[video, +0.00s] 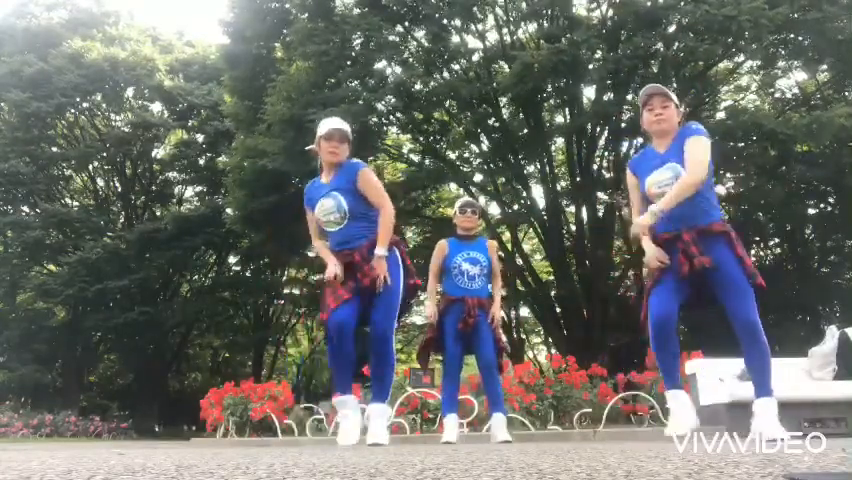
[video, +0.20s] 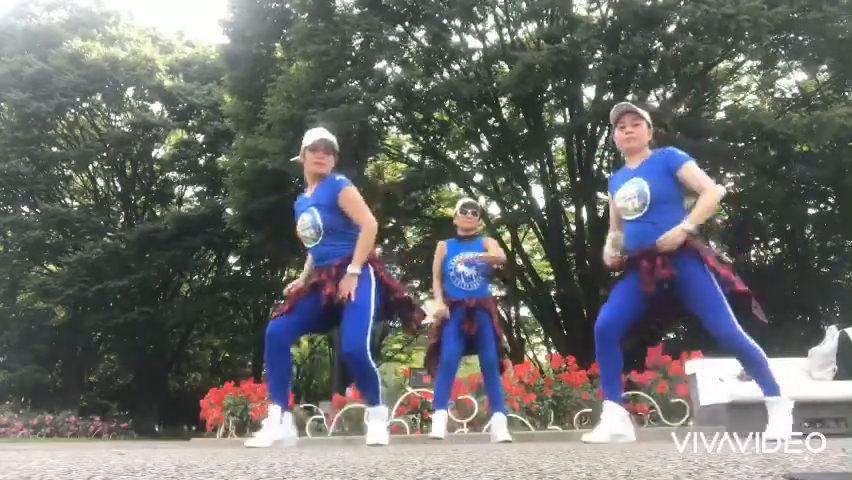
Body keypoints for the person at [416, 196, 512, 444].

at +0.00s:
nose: (468, 216)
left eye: (473, 213)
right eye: (463, 213)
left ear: (479, 219)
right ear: (455, 217)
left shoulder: (489, 246)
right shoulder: (444, 245)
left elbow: (496, 277)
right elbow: (433, 276)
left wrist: (497, 303)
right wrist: (431, 302)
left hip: (482, 306)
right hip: (454, 306)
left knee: (488, 361)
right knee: (452, 362)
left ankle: (498, 420)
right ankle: (449, 420)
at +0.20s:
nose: (469, 217)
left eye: (473, 214)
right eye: (464, 213)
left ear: (479, 219)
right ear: (455, 217)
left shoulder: (487, 242)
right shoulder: (444, 246)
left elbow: (501, 257)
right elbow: (436, 278)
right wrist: (439, 302)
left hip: (483, 307)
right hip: (454, 307)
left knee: (490, 362)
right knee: (449, 358)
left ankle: (498, 419)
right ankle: (440, 415)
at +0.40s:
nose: (456, 215)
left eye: (462, 212)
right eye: (453, 211)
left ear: (469, 218)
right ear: (445, 215)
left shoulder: (478, 243)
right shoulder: (433, 245)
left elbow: (498, 268)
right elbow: (423, 276)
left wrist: (483, 268)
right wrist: (424, 302)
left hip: (470, 306)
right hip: (441, 306)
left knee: (476, 362)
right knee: (437, 363)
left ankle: (495, 420)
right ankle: (431, 420)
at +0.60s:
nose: (452, 216)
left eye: (456, 213)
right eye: (447, 212)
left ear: (462, 216)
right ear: (439, 215)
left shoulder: (472, 242)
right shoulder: (428, 246)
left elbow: (484, 273)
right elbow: (421, 276)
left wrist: (480, 302)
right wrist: (421, 298)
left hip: (467, 306)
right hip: (439, 307)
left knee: (472, 363)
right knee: (432, 362)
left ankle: (481, 420)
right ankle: (430, 420)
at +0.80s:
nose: (437, 226)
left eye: (442, 223)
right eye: (432, 222)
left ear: (448, 228)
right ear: (424, 226)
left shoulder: (454, 253)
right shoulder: (418, 259)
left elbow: (479, 281)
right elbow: (416, 291)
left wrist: (469, 312)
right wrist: (418, 313)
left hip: (459, 320)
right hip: (432, 322)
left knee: (470, 369)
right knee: (411, 353)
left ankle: (482, 422)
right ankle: (410, 411)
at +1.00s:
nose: (425, 212)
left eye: (431, 209)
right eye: (421, 208)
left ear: (436, 216)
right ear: (413, 213)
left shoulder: (441, 240)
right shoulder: (396, 244)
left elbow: (460, 271)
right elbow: (386, 276)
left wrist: (452, 302)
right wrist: (389, 299)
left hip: (434, 309)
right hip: (404, 311)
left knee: (448, 366)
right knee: (388, 363)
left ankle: (473, 417)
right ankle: (395, 424)